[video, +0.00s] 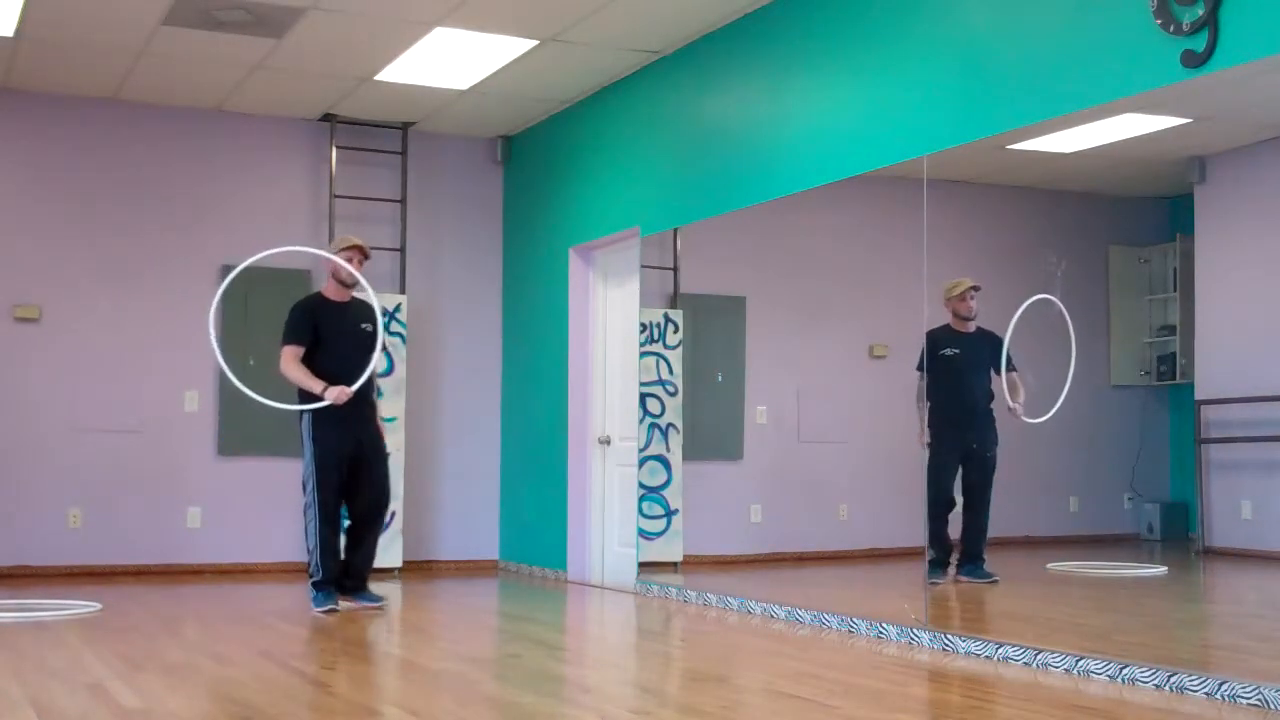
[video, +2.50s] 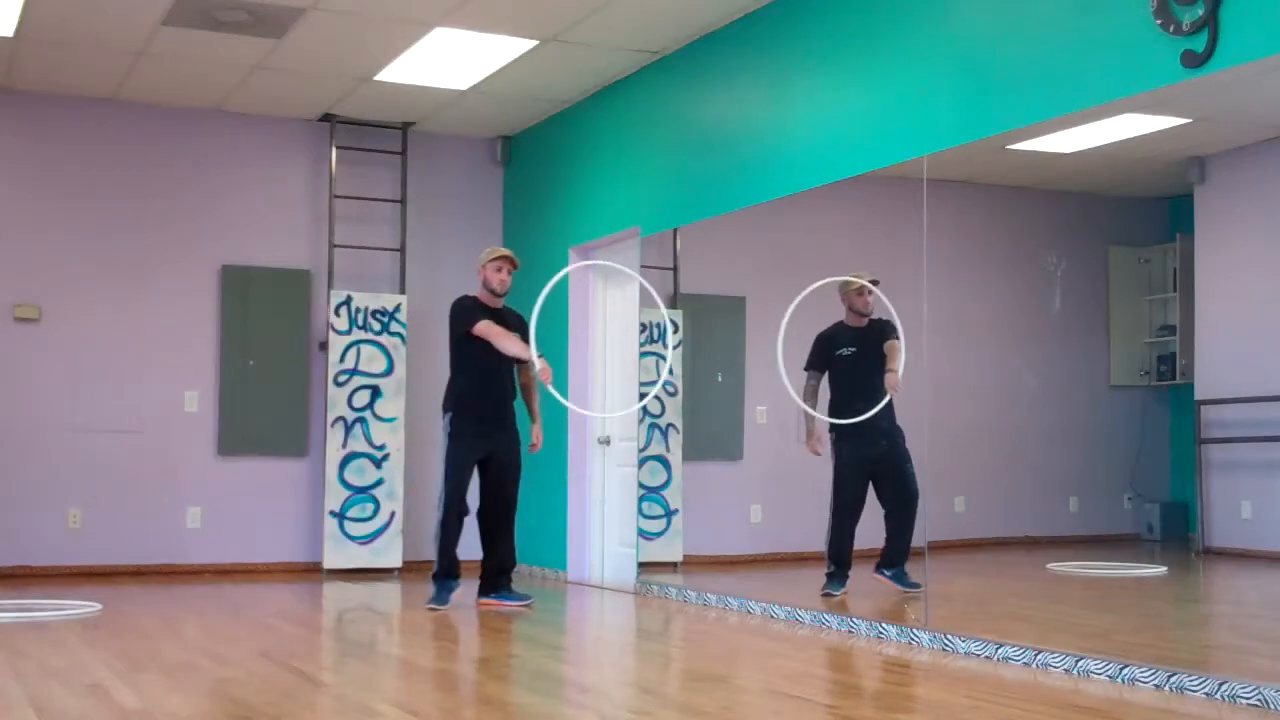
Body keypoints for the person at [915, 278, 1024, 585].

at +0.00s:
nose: (970, 302)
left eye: (972, 297)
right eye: (962, 298)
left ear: (977, 301)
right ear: (949, 305)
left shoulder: (991, 341)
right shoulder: (935, 339)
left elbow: (1012, 375)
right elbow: (923, 385)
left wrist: (1016, 400)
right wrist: (923, 424)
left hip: (981, 432)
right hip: (944, 432)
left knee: (978, 502)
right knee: (939, 501)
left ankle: (971, 564)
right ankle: (938, 562)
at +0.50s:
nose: (945, 304)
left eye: (950, 299)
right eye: (938, 300)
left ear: (959, 304)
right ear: (930, 307)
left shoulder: (975, 333)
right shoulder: (922, 343)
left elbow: (984, 355)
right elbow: (910, 391)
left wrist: (984, 372)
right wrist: (909, 430)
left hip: (974, 430)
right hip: (937, 433)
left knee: (975, 502)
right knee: (923, 502)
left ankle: (972, 565)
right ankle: (902, 571)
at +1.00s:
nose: (934, 301)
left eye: (936, 296)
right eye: (928, 296)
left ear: (939, 300)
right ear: (913, 300)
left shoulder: (946, 335)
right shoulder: (893, 339)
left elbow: (985, 357)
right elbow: (875, 382)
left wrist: (995, 323)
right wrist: (872, 425)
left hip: (937, 432)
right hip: (902, 433)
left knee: (940, 502)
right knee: (897, 503)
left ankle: (919, 568)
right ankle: (884, 571)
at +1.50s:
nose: (916, 302)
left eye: (916, 296)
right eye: (909, 297)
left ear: (911, 301)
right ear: (890, 301)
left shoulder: (922, 338)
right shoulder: (866, 338)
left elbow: (959, 369)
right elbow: (845, 378)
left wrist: (981, 342)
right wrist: (835, 416)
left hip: (913, 437)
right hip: (877, 437)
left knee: (917, 506)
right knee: (865, 508)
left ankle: (915, 570)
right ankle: (847, 575)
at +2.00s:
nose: (903, 301)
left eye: (904, 295)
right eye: (896, 295)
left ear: (905, 299)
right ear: (880, 300)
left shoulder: (913, 337)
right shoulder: (857, 337)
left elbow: (927, 374)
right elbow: (836, 378)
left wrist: (922, 387)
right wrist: (834, 416)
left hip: (906, 432)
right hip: (869, 432)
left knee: (911, 504)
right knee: (856, 504)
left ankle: (914, 572)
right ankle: (840, 575)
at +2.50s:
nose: (867, 298)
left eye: (869, 293)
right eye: (859, 293)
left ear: (874, 297)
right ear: (844, 300)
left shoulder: (884, 328)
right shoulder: (828, 339)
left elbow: (893, 351)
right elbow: (811, 386)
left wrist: (892, 372)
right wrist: (811, 426)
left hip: (885, 431)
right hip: (848, 434)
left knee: (905, 496)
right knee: (846, 507)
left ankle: (892, 563)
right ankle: (836, 575)